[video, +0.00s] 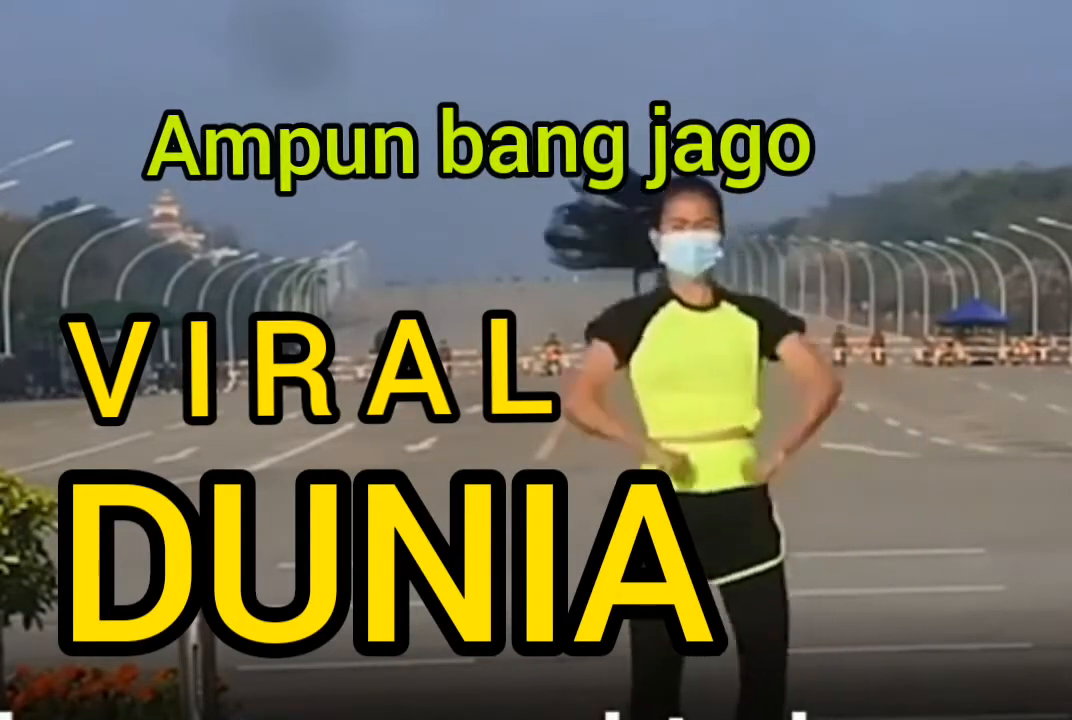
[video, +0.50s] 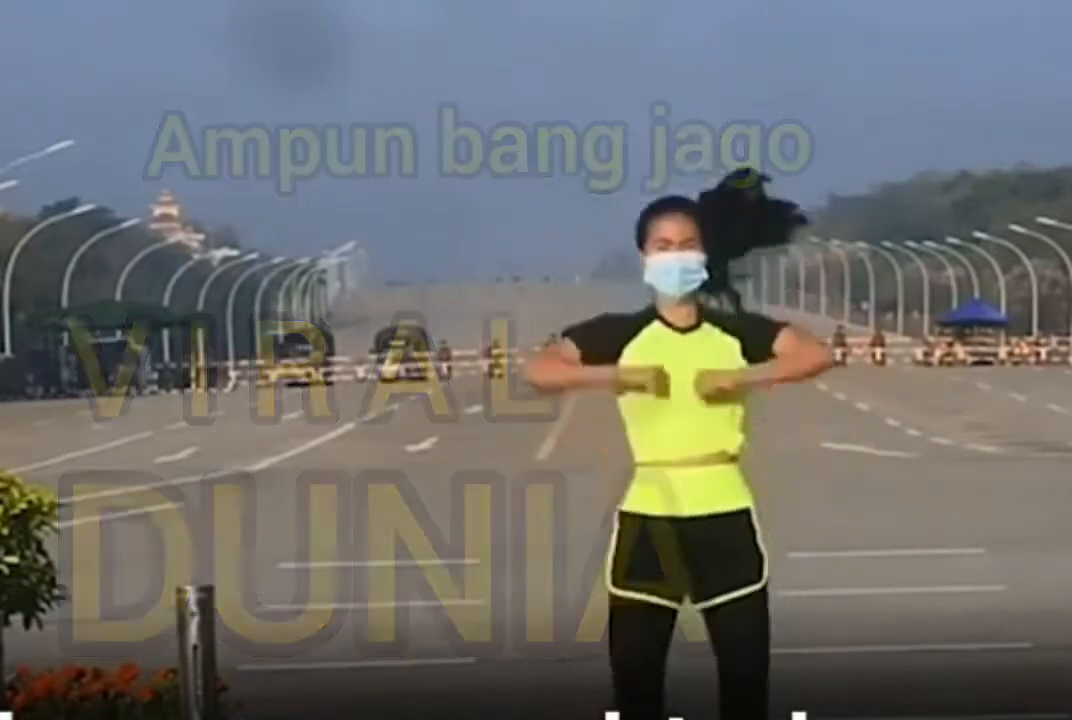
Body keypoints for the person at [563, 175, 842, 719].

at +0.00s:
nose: (693, 238)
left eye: (705, 226)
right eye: (679, 226)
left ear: (721, 238)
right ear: (658, 239)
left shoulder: (756, 316)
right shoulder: (631, 318)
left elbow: (824, 385)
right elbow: (578, 399)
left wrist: (779, 455)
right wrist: (639, 445)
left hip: (740, 508)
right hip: (658, 511)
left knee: (767, 666)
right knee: (654, 672)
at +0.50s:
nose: (676, 257)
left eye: (688, 244)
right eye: (663, 246)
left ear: (706, 255)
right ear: (643, 259)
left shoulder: (737, 330)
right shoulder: (620, 333)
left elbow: (817, 356)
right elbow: (539, 371)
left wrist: (742, 379)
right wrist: (620, 377)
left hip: (725, 519)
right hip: (646, 522)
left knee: (745, 682)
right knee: (635, 684)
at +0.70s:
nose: (684, 211)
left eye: (696, 199)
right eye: (669, 200)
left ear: (713, 210)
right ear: (648, 213)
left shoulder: (750, 288)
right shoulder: (625, 295)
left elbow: (814, 362)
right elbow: (568, 379)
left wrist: (785, 440)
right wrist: (626, 458)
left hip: (743, 485)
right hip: (660, 486)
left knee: (761, 650)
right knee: (661, 652)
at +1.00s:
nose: (706, 279)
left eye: (717, 267)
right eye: (691, 269)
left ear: (735, 278)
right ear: (670, 282)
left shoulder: (768, 352)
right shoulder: (655, 356)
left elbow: (800, 382)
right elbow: (651, 385)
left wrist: (810, 372)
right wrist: (656, 381)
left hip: (766, 541)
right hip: (687, 548)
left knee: (833, 685)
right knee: (661, 697)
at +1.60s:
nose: (760, 218)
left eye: (772, 207)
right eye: (746, 208)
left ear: (790, 218)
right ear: (726, 220)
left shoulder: (827, 296)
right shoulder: (705, 296)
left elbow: (843, 350)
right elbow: (698, 364)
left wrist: (860, 392)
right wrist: (700, 418)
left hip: (813, 488)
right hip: (732, 490)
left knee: (845, 654)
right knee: (703, 656)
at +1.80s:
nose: (786, 224)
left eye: (798, 212)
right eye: (771, 213)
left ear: (815, 224)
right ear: (752, 227)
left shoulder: (852, 303)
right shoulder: (728, 305)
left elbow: (918, 363)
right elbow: (664, 377)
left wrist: (864, 422)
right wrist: (736, 420)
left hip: (832, 499)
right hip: (751, 500)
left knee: (861, 663)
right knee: (739, 667)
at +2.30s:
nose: (802, 273)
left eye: (814, 261)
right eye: (788, 262)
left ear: (832, 270)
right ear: (768, 276)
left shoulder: (864, 345)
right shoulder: (743, 348)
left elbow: (955, 363)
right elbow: (658, 380)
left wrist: (867, 367)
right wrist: (744, 357)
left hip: (856, 539)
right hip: (776, 541)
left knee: (874, 699)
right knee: (764, 702)